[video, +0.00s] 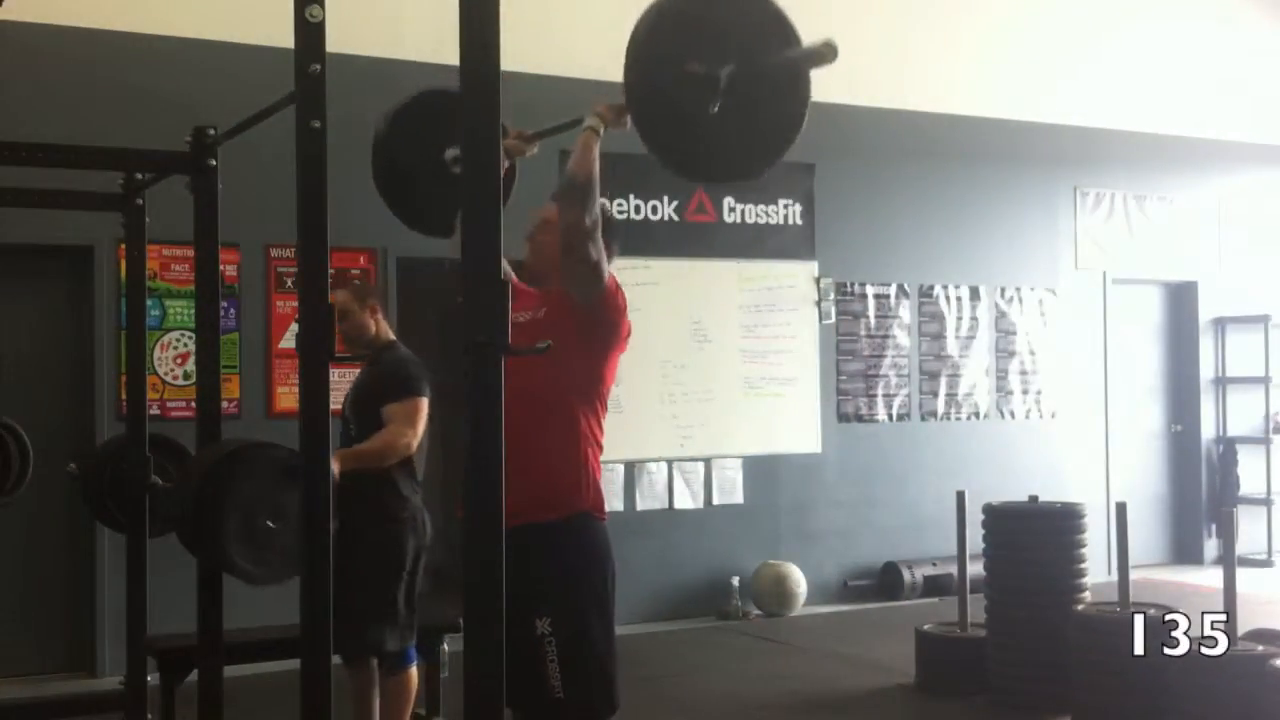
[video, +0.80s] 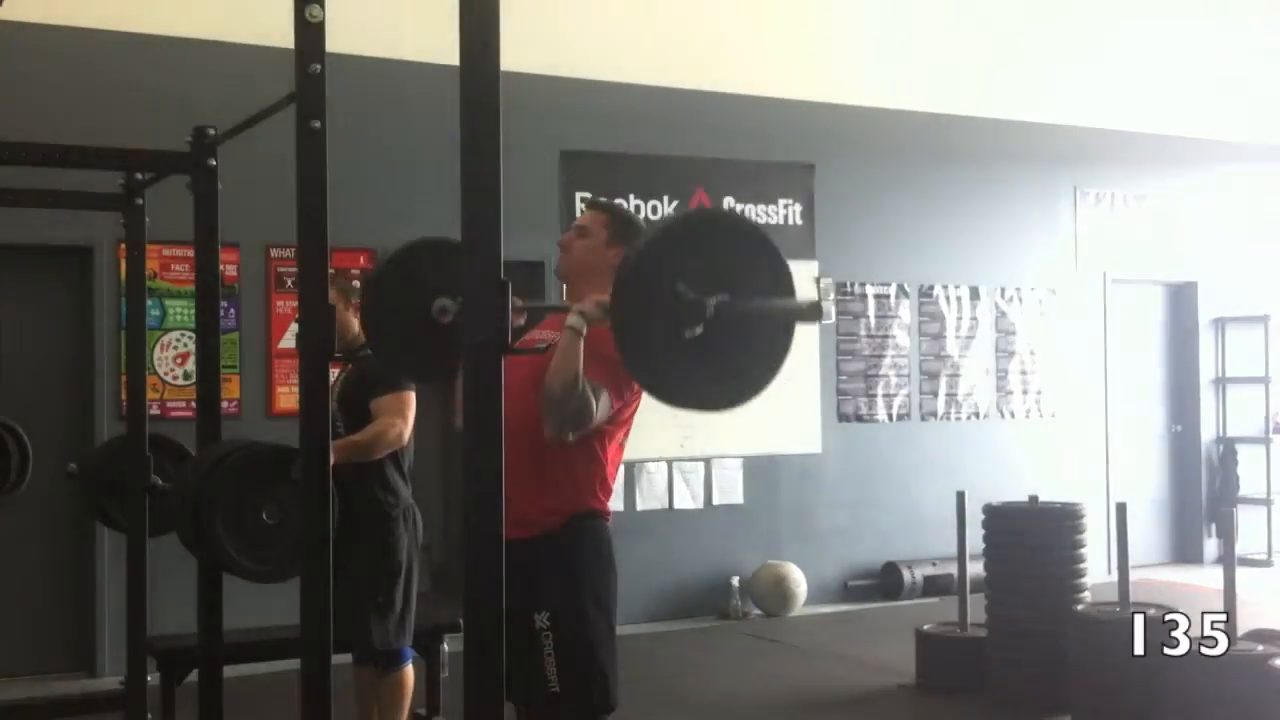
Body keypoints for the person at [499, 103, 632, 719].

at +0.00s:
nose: (533, 232)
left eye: (550, 225)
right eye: (535, 223)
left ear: (581, 241)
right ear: (533, 237)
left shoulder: (594, 315)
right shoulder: (508, 302)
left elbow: (579, 215)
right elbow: (468, 245)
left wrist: (593, 126)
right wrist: (496, 170)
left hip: (565, 531)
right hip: (496, 531)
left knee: (580, 693)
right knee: (505, 689)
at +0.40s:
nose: (583, 231)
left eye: (604, 227)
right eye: (587, 223)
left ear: (630, 265)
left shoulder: (623, 331)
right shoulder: (526, 330)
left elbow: (559, 311)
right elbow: (451, 325)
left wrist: (575, 225)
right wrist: (488, 248)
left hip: (570, 531)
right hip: (504, 530)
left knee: (580, 694)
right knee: (516, 691)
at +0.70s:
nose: (571, 239)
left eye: (590, 233)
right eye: (576, 230)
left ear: (621, 257)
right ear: (574, 251)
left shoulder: (618, 327)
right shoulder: (541, 331)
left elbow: (565, 401)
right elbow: (463, 402)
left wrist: (572, 309)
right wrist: (460, 319)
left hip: (569, 536)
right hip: (507, 535)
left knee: (571, 698)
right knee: (505, 693)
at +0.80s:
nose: (563, 238)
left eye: (581, 232)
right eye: (569, 230)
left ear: (615, 254)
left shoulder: (618, 336)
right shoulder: (537, 329)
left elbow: (567, 420)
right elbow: (467, 415)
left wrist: (576, 321)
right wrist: (461, 328)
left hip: (566, 542)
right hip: (504, 540)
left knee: (569, 702)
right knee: (504, 697)